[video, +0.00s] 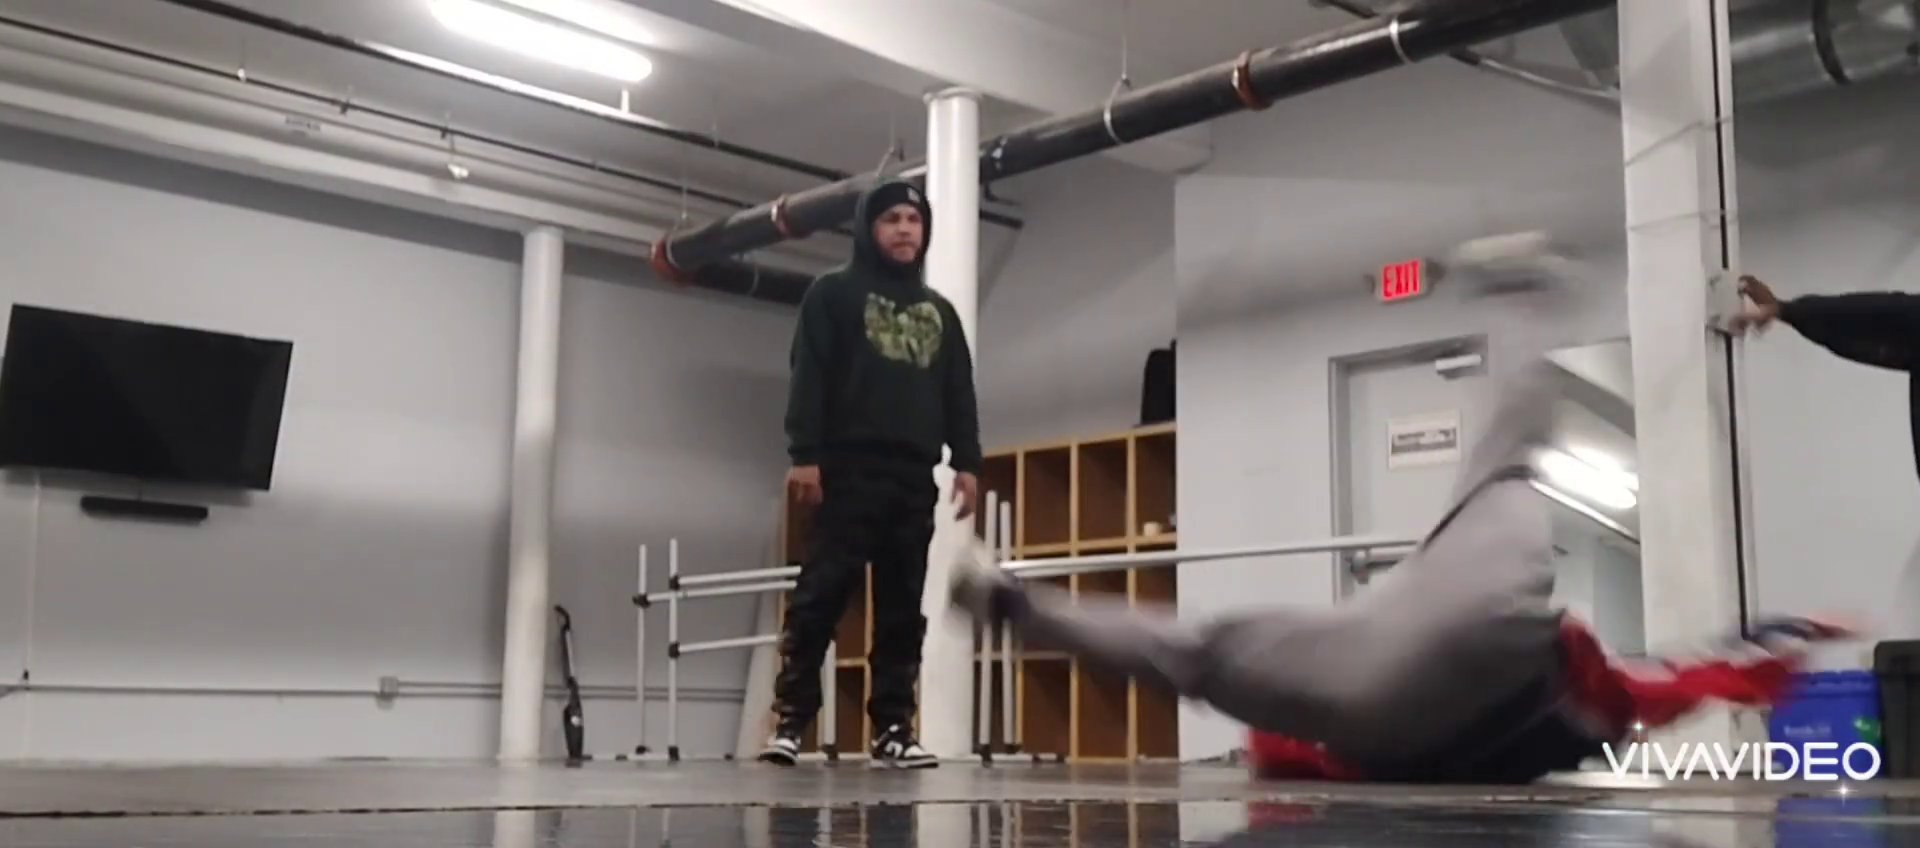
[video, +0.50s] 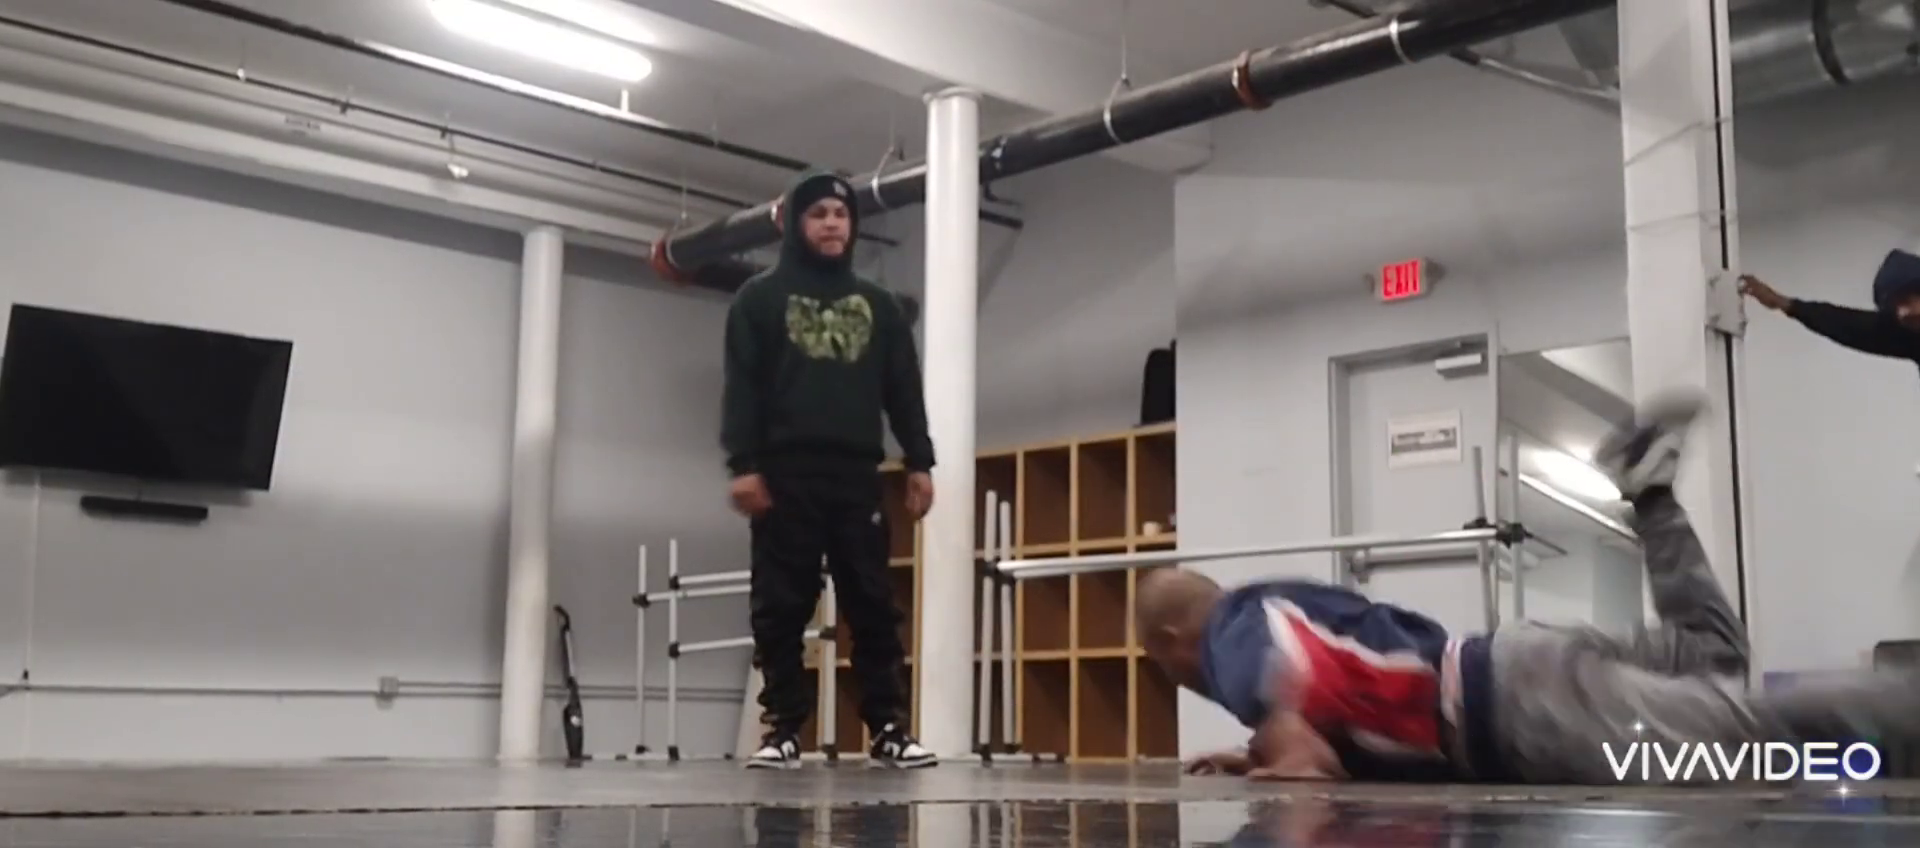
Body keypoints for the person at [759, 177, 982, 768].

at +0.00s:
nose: (905, 230)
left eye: (914, 221)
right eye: (893, 220)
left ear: (926, 233)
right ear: (867, 228)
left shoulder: (940, 312)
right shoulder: (832, 293)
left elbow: (959, 393)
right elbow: (807, 376)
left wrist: (967, 463)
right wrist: (804, 456)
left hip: (914, 474)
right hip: (846, 468)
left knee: (903, 607)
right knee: (820, 597)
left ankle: (893, 730)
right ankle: (791, 723)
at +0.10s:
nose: (894, 230)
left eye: (902, 220)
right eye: (882, 219)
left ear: (914, 231)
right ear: (857, 229)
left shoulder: (932, 311)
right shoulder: (822, 295)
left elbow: (950, 391)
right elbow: (800, 377)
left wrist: (955, 463)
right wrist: (801, 455)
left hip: (906, 473)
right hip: (838, 469)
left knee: (900, 610)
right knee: (814, 600)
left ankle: (892, 732)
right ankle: (792, 727)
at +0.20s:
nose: (880, 229)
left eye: (888, 220)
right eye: (868, 220)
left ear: (901, 231)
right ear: (844, 229)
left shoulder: (923, 309)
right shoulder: (808, 296)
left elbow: (941, 393)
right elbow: (788, 379)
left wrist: (947, 469)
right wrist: (799, 452)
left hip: (898, 476)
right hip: (829, 471)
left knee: (896, 609)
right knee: (805, 603)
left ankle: (891, 731)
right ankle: (787, 729)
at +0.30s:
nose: (862, 227)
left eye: (871, 218)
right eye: (850, 217)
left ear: (884, 229)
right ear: (828, 228)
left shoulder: (908, 308)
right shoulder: (791, 299)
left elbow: (930, 393)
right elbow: (774, 382)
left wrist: (942, 470)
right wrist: (790, 452)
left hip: (886, 475)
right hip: (815, 472)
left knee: (888, 607)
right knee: (797, 605)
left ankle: (890, 732)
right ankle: (785, 730)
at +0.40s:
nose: (846, 225)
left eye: (855, 215)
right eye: (832, 215)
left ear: (866, 226)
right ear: (809, 226)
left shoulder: (893, 305)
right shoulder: (774, 298)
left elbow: (917, 389)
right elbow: (758, 383)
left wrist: (934, 465)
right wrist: (772, 457)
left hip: (870, 472)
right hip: (798, 470)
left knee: (878, 604)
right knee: (788, 606)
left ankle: (889, 730)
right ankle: (786, 730)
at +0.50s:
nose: (832, 223)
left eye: (841, 214)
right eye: (819, 214)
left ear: (851, 224)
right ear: (794, 224)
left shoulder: (877, 303)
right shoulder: (758, 298)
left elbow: (902, 387)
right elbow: (741, 386)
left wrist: (920, 461)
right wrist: (742, 466)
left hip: (856, 472)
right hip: (782, 472)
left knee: (871, 604)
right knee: (779, 607)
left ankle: (888, 729)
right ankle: (782, 730)